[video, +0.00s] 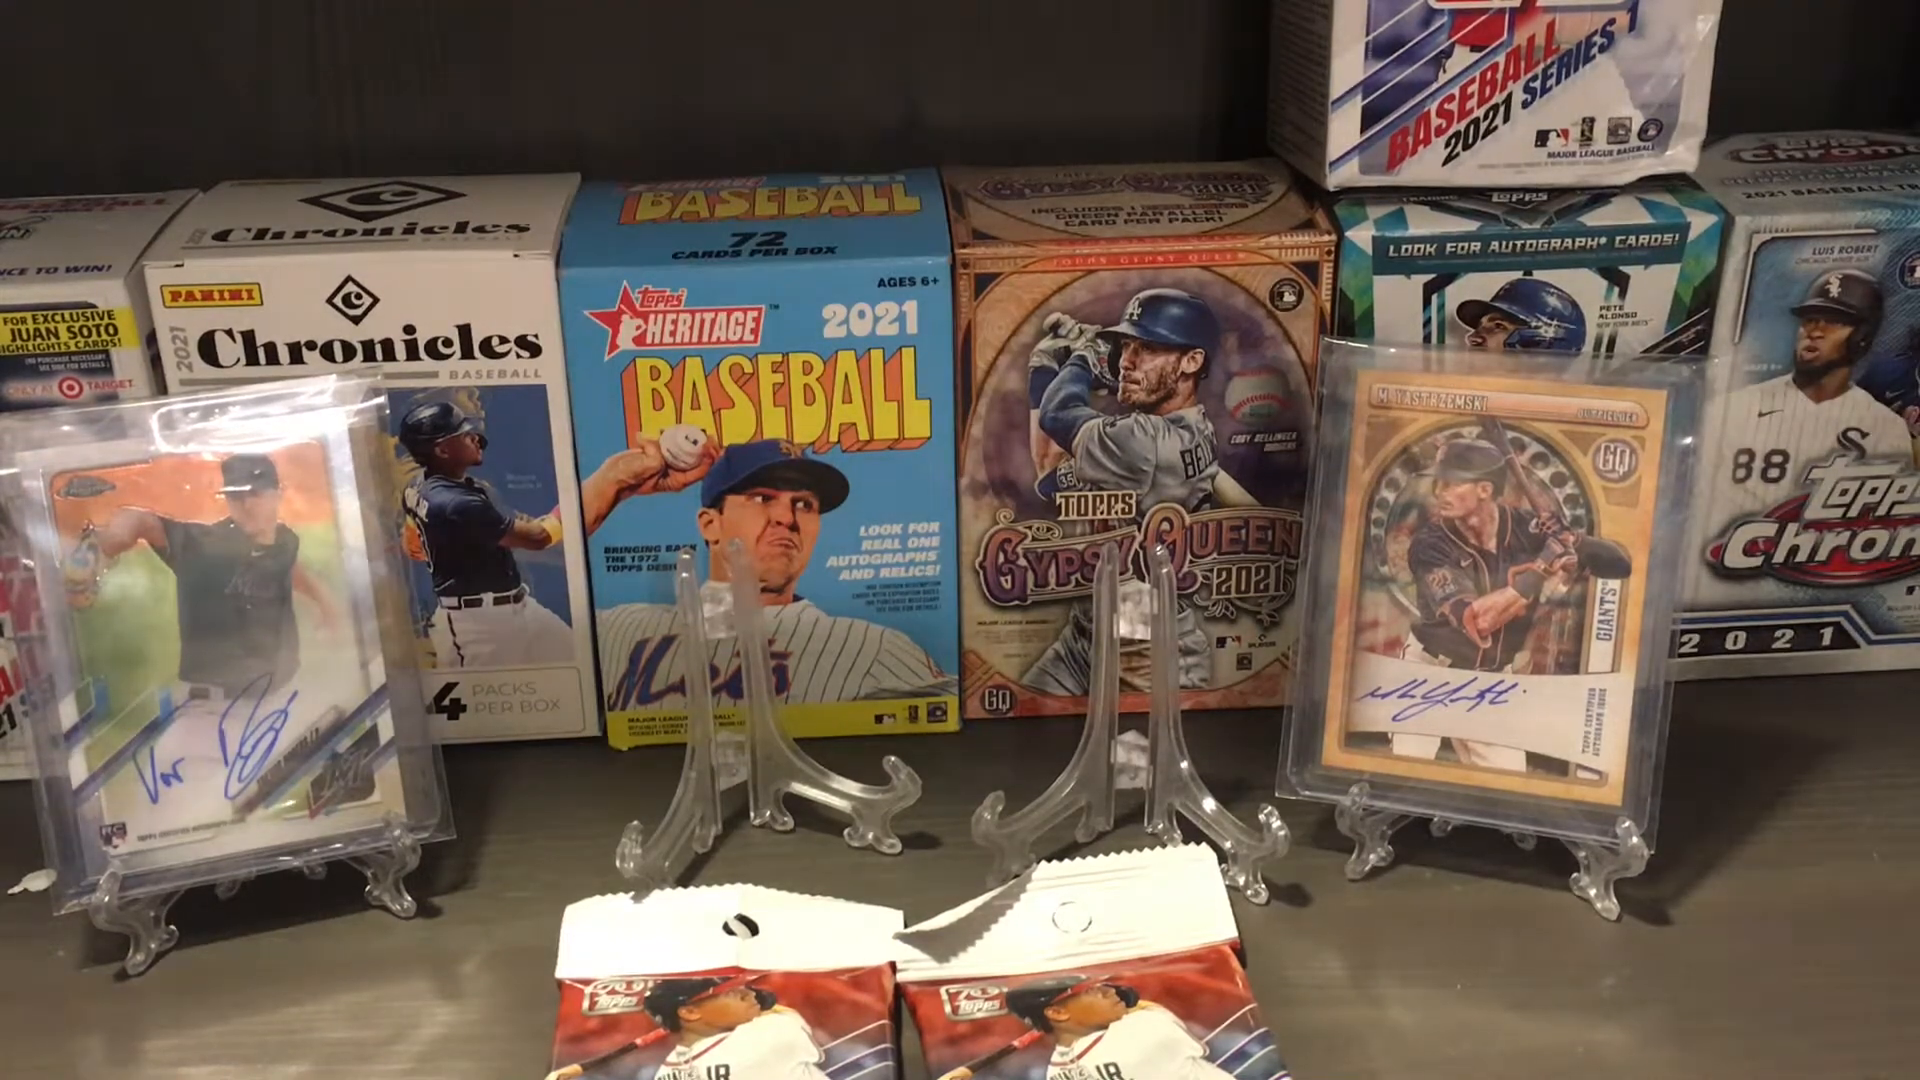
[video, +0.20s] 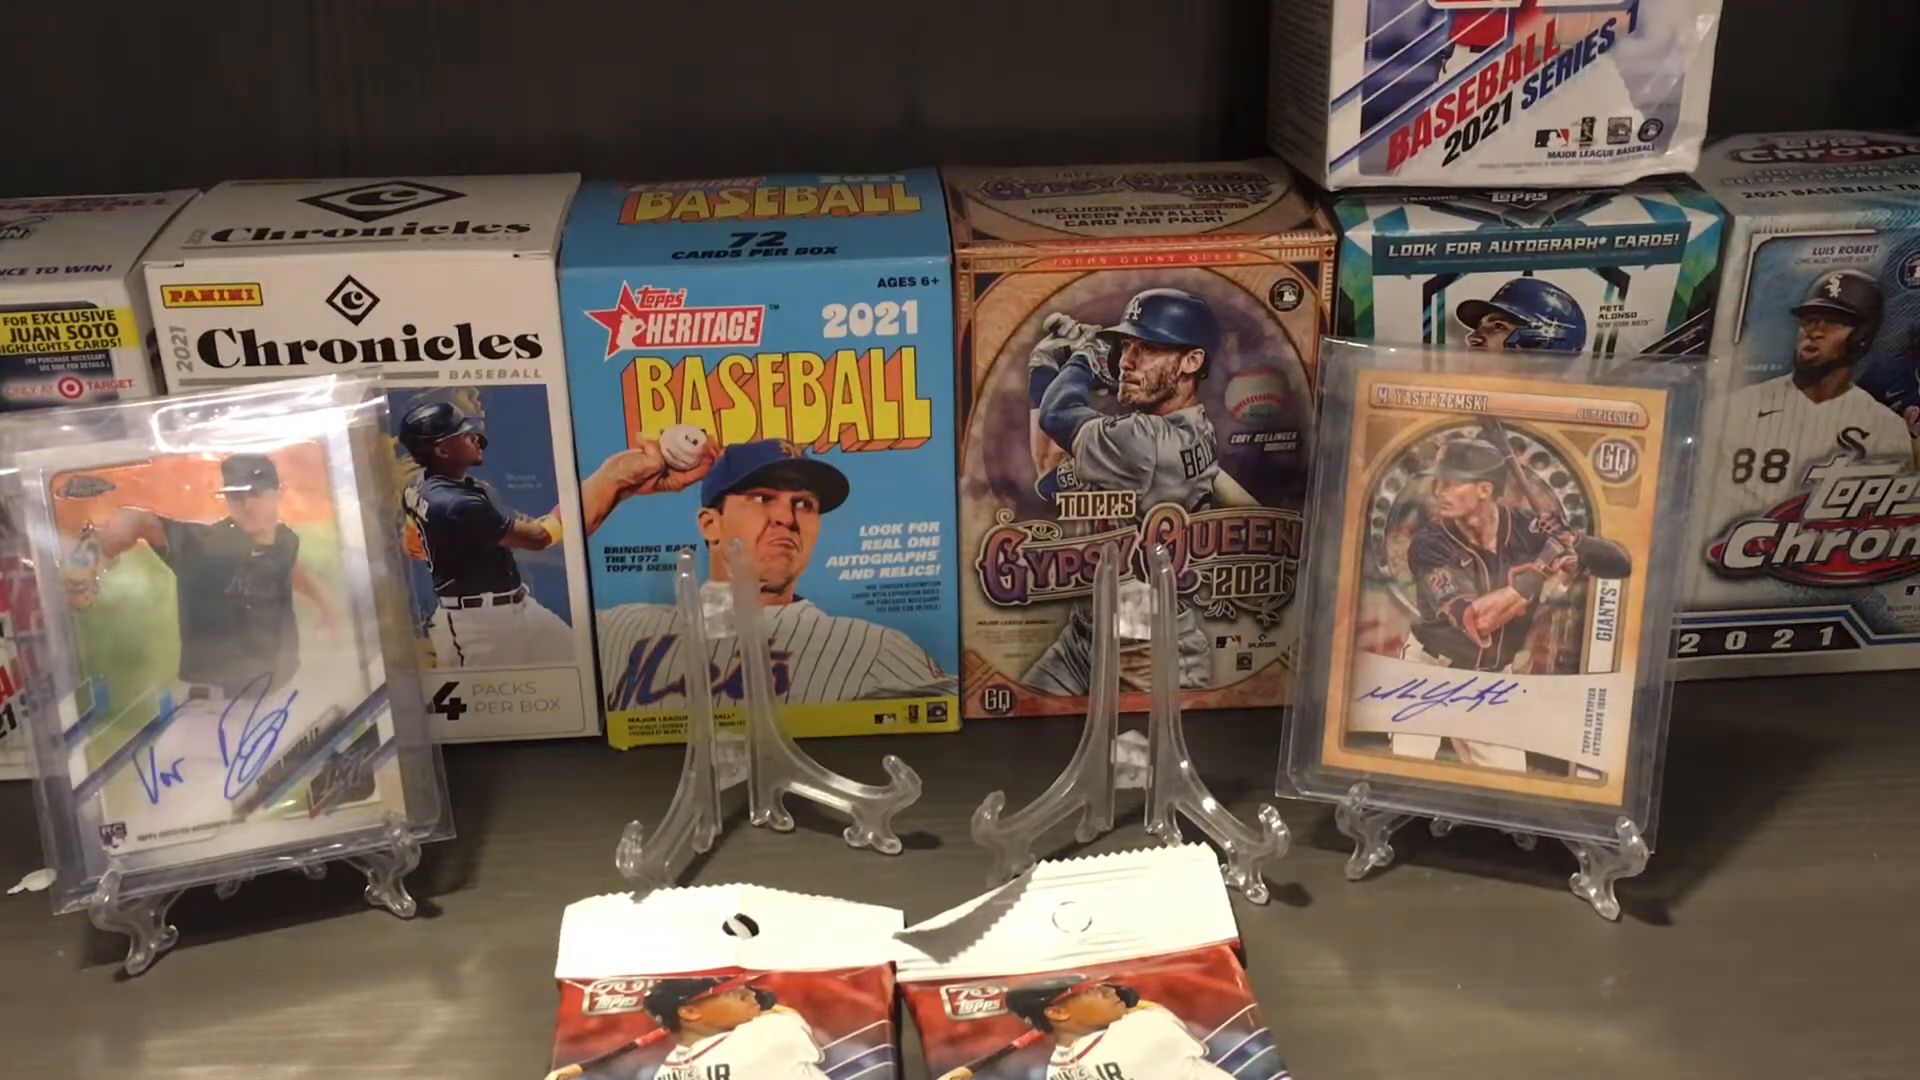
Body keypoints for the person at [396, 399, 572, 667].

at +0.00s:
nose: (476, 436)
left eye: (470, 430)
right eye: (465, 432)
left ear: (443, 450)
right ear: (442, 449)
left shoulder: (422, 489)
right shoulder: (460, 506)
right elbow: (538, 537)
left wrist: (552, 520)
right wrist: (567, 513)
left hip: (520, 609)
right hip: (474, 622)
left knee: (586, 663)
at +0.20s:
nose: (476, 436)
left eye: (470, 430)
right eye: (465, 433)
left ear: (443, 450)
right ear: (442, 449)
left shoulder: (421, 488)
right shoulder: (460, 506)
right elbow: (538, 537)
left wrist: (547, 521)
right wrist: (566, 513)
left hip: (520, 609)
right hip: (474, 622)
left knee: (587, 662)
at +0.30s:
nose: (476, 436)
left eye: (470, 430)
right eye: (465, 433)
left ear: (443, 451)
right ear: (442, 449)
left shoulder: (421, 489)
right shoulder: (460, 506)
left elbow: (413, 545)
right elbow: (538, 537)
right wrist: (568, 512)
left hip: (520, 609)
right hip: (474, 622)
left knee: (587, 663)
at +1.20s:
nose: (476, 436)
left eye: (470, 430)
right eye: (465, 433)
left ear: (442, 451)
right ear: (441, 449)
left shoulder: (419, 489)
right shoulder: (460, 506)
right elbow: (538, 537)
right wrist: (570, 509)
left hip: (520, 609)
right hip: (473, 622)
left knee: (588, 663)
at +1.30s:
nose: (476, 437)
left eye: (470, 431)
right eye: (465, 433)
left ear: (442, 451)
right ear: (441, 450)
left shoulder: (420, 490)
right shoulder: (460, 506)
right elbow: (538, 537)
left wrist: (541, 523)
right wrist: (568, 511)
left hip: (520, 609)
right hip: (474, 623)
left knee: (587, 663)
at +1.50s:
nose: (476, 437)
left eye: (470, 430)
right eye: (465, 433)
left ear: (442, 451)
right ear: (442, 450)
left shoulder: (419, 490)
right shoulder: (460, 506)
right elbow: (538, 537)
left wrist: (539, 523)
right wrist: (568, 511)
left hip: (520, 609)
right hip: (473, 623)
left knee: (587, 664)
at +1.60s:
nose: (476, 437)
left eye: (470, 431)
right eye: (465, 433)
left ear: (442, 451)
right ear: (442, 450)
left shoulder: (420, 490)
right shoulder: (460, 507)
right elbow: (538, 538)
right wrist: (571, 509)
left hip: (520, 609)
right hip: (474, 623)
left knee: (587, 665)